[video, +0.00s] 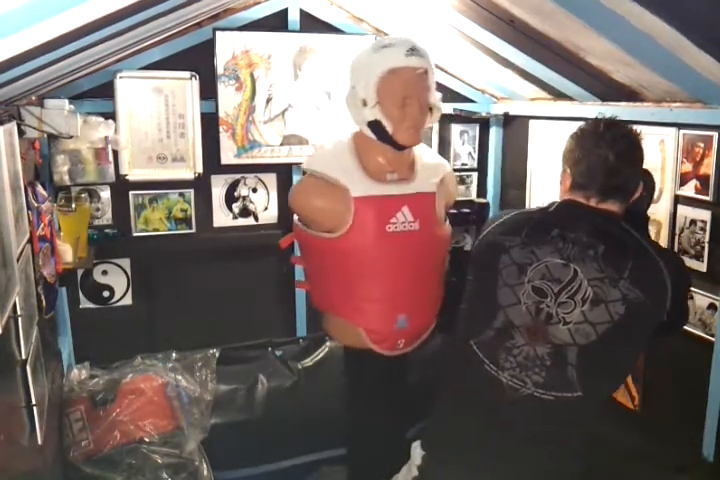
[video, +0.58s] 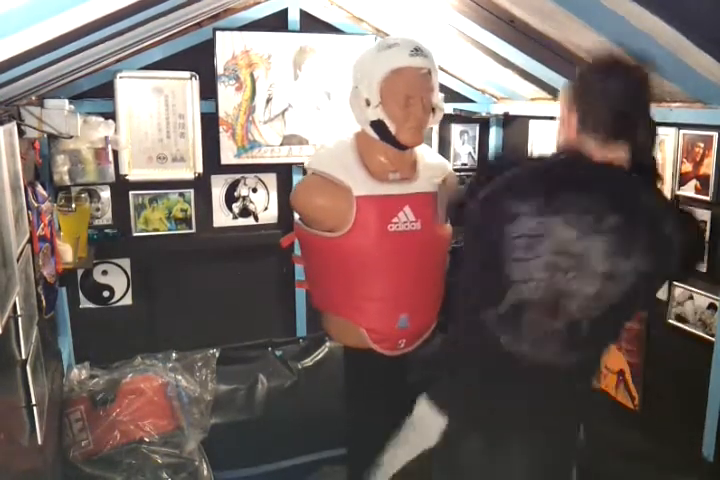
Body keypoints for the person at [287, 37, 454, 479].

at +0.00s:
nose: (419, 110)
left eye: (424, 99)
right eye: (404, 99)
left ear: (432, 103)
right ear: (365, 102)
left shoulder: (439, 176)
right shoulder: (325, 180)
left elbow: (439, 257)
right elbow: (320, 279)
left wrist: (426, 311)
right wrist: (362, 324)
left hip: (426, 347)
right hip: (361, 358)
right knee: (375, 466)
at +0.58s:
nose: (423, 111)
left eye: (427, 99)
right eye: (407, 99)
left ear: (435, 103)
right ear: (368, 103)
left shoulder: (440, 177)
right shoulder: (326, 184)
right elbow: (321, 285)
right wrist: (355, 322)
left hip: (429, 348)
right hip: (364, 358)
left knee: (428, 454)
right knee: (371, 460)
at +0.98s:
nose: (456, 112)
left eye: (456, 99)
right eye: (445, 97)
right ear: (402, 98)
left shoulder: (455, 182)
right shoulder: (336, 178)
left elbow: (463, 266)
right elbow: (318, 273)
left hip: (434, 357)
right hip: (365, 362)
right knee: (373, 468)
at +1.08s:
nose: (410, 99)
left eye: (408, 87)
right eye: (394, 87)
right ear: (353, 98)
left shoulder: (428, 176)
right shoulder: (305, 185)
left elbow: (428, 258)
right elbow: (313, 276)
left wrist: (414, 311)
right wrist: (345, 325)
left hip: (416, 347)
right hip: (347, 357)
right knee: (366, 466)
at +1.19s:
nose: (408, 102)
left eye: (409, 89)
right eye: (392, 91)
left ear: (417, 97)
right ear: (357, 100)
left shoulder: (434, 175)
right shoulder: (312, 182)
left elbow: (439, 257)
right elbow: (314, 274)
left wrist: (424, 309)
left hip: (421, 350)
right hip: (352, 360)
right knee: (369, 466)